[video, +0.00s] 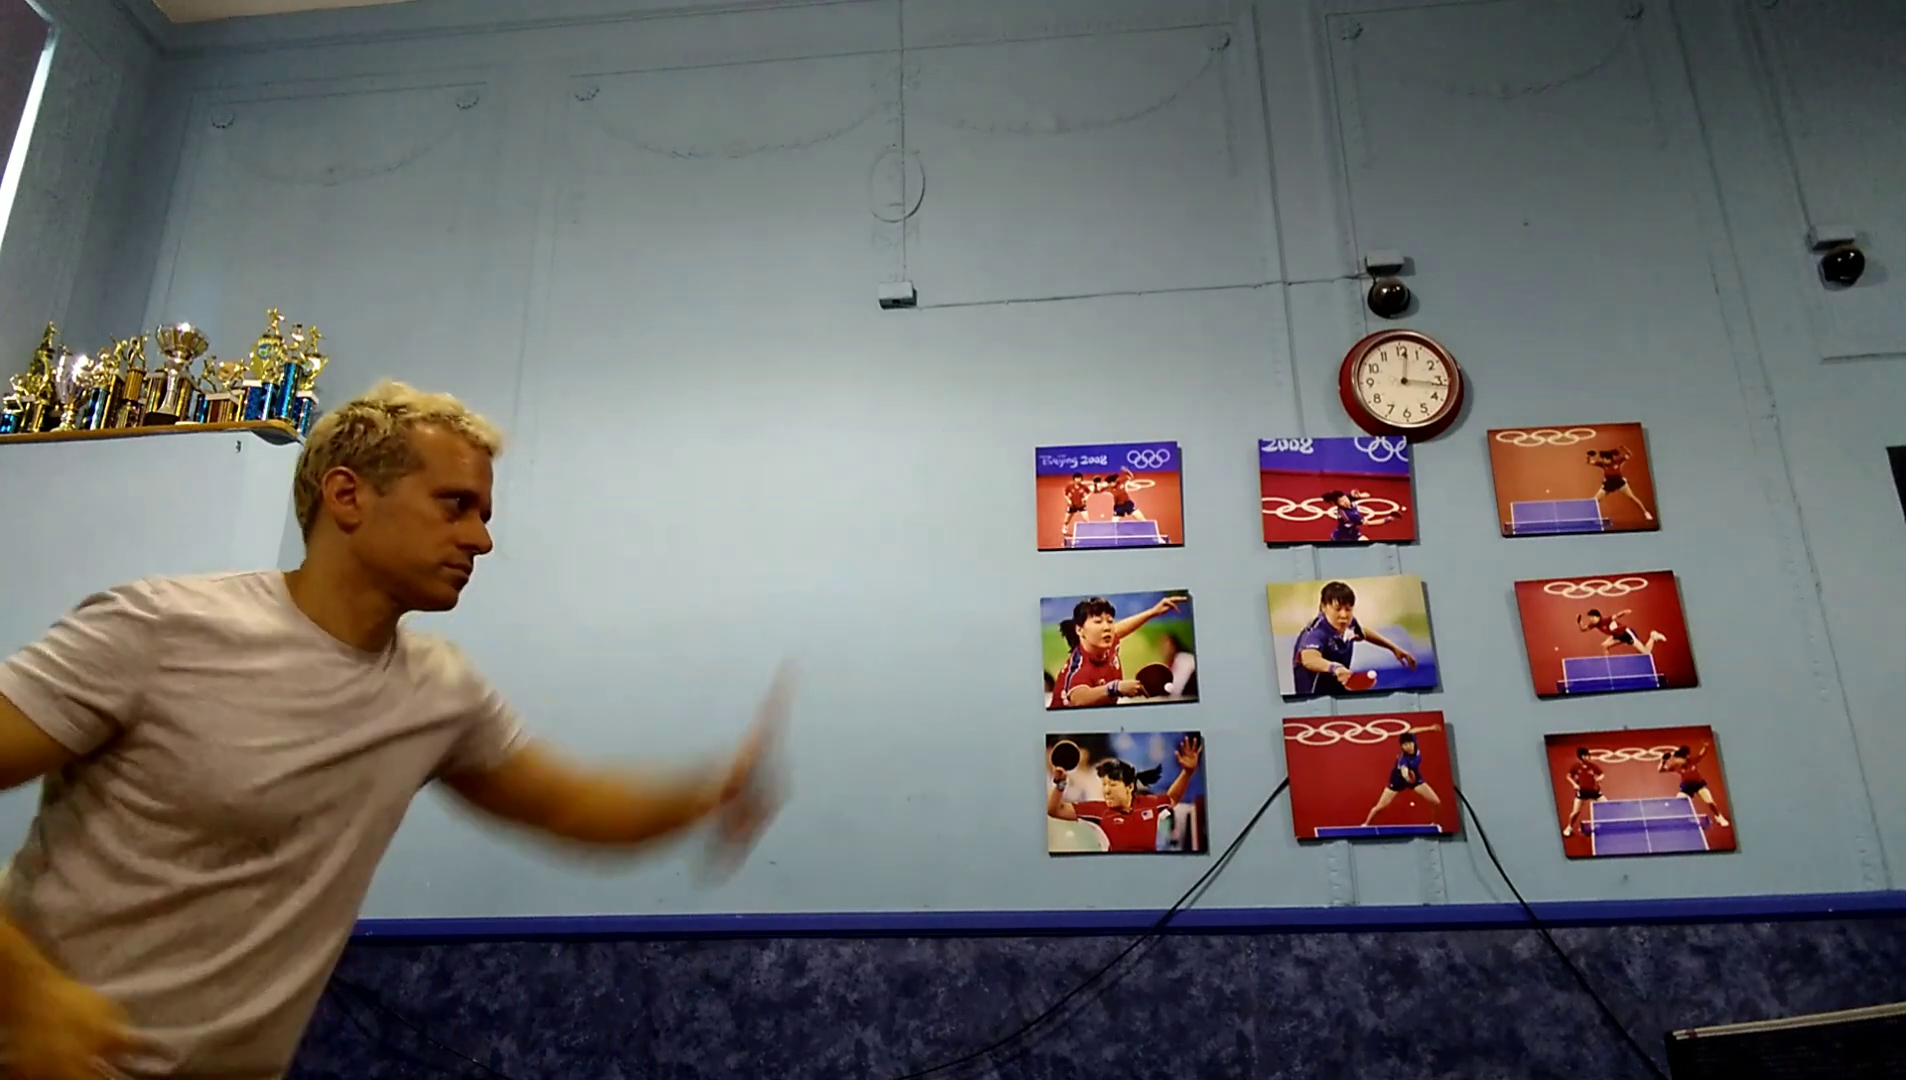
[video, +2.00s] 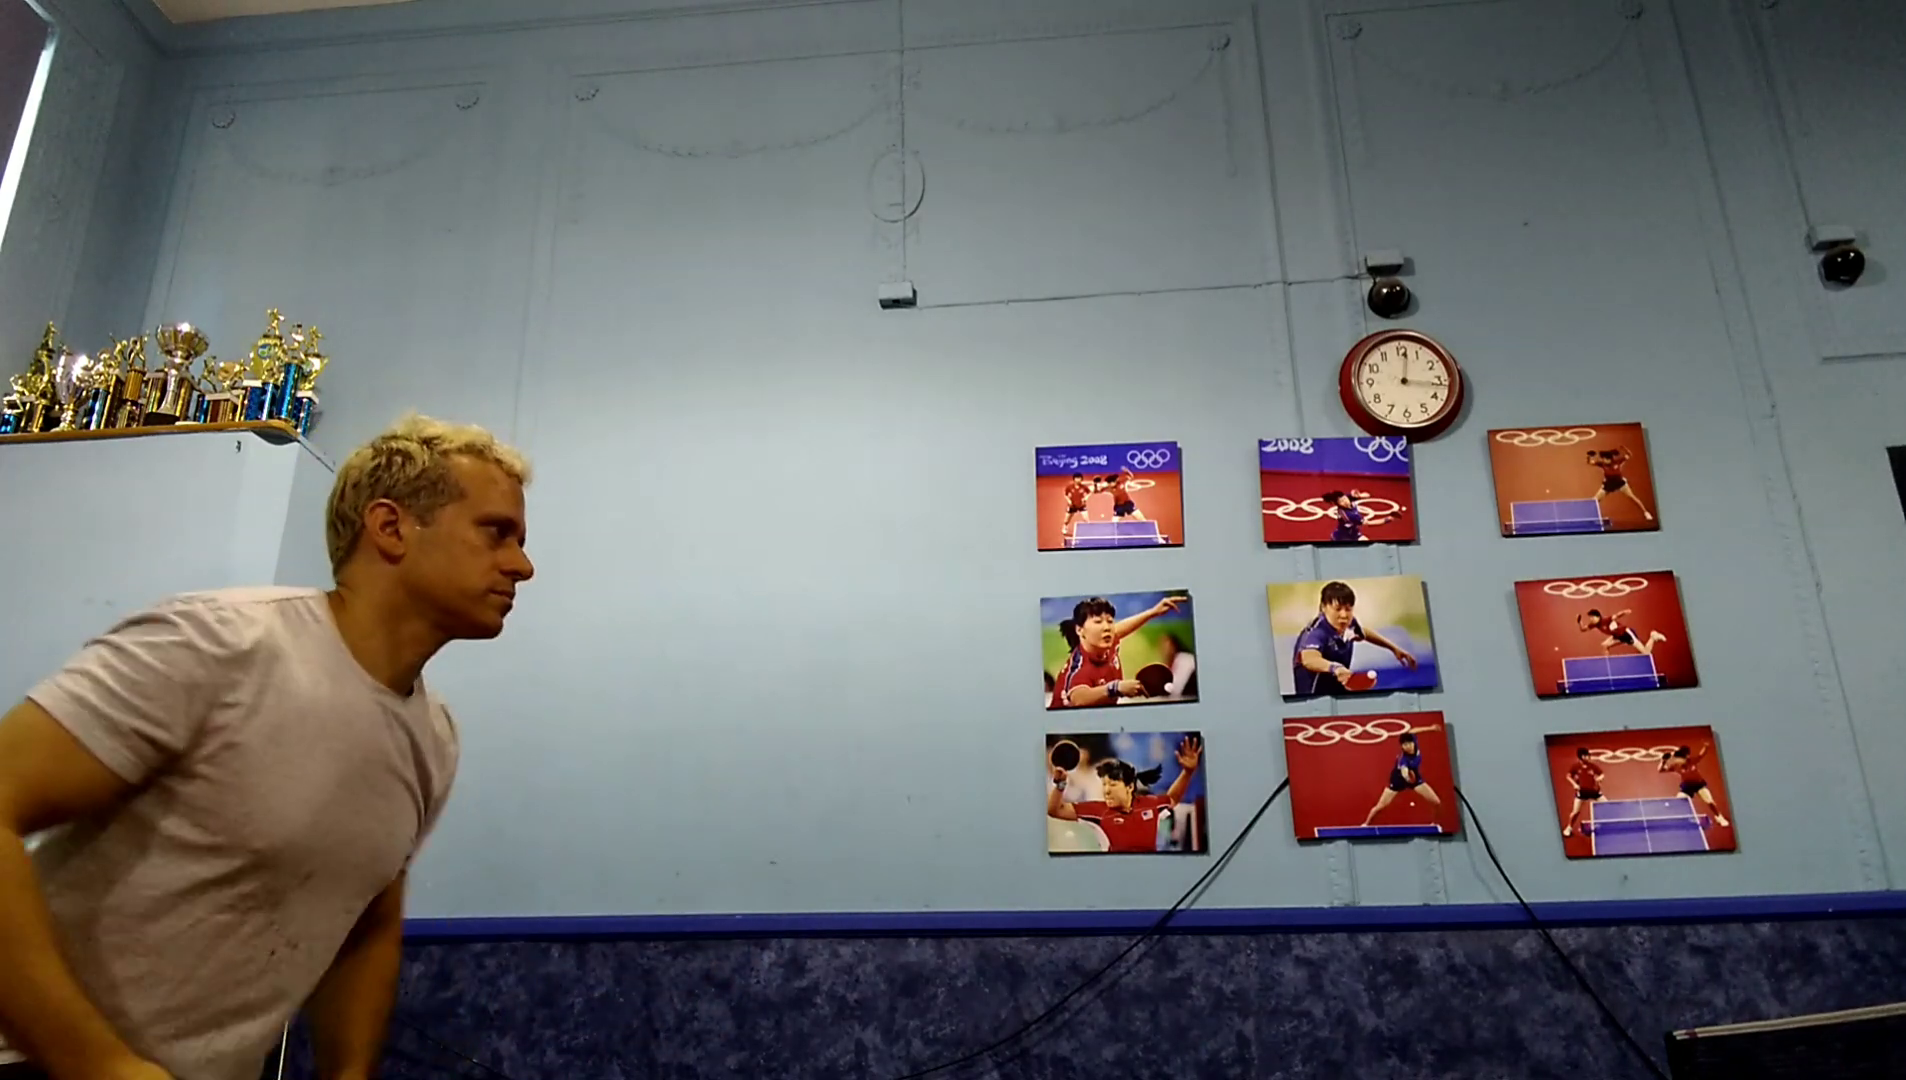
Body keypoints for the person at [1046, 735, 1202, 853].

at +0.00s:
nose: (1107, 790)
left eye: (1113, 785)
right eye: (1104, 785)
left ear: (1130, 787)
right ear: (1101, 786)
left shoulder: (1151, 805)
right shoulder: (1100, 810)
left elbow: (1172, 798)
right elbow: (1055, 811)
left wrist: (1188, 771)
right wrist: (1059, 785)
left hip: (1150, 873)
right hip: (1115, 874)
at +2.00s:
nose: (1107, 790)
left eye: (1113, 785)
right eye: (1104, 785)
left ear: (1130, 787)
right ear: (1101, 786)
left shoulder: (1151, 805)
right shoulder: (1100, 810)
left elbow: (1172, 798)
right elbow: (1055, 811)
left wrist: (1188, 771)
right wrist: (1059, 785)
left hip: (1150, 873)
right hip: (1114, 874)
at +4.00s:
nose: (1106, 790)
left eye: (1113, 785)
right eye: (1104, 785)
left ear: (1130, 787)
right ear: (1101, 787)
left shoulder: (1151, 805)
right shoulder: (1100, 810)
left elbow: (1172, 798)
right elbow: (1055, 811)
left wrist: (1188, 771)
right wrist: (1059, 785)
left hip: (1151, 872)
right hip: (1116, 874)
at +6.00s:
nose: (1107, 790)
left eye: (1113, 785)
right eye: (1104, 785)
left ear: (1130, 787)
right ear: (1101, 787)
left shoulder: (1151, 804)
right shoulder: (1100, 811)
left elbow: (1172, 798)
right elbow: (1055, 811)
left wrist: (1188, 771)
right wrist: (1059, 785)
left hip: (1152, 872)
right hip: (1117, 874)